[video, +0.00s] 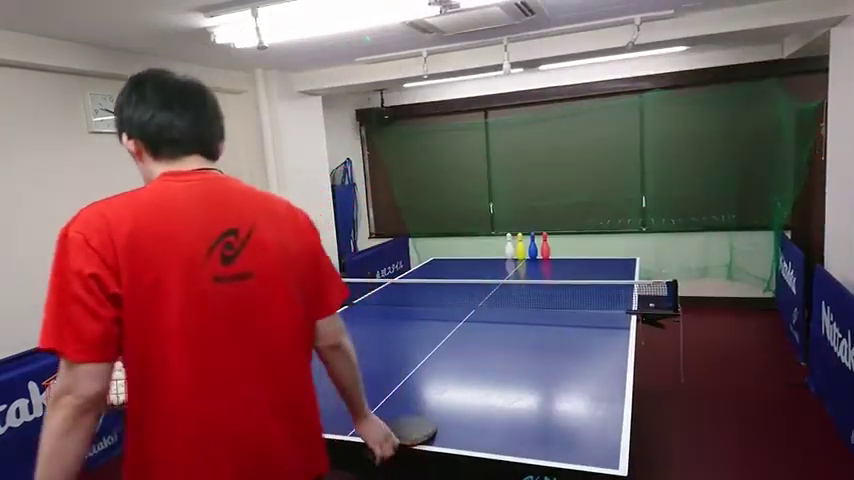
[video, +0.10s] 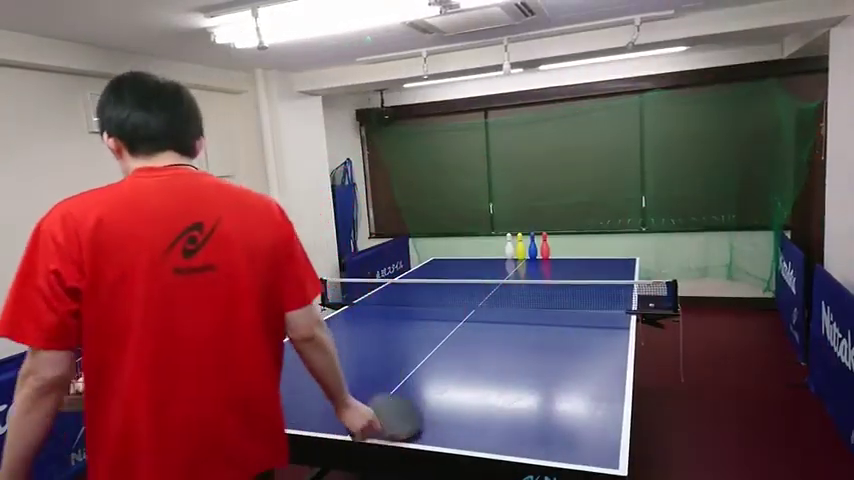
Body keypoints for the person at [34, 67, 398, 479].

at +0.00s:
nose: (126, 152)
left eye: (122, 143)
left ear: (134, 146)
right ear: (219, 145)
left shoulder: (100, 230)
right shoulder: (288, 219)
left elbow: (81, 396)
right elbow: (333, 341)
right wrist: (365, 417)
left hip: (169, 466)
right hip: (292, 463)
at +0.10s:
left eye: (105, 143)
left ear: (114, 146)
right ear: (198, 145)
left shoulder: (73, 224)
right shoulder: (262, 214)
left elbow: (47, 377)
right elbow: (308, 332)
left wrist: (12, 470)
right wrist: (345, 404)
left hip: (130, 464)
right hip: (249, 461)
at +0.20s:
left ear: (101, 138)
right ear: (183, 138)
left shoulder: (51, 213)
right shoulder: (242, 205)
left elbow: (28, 351)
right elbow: (281, 320)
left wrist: (10, 439)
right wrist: (326, 390)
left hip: (103, 463)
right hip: (222, 456)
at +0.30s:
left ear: (93, 141)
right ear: (173, 142)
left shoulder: (41, 214)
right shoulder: (222, 205)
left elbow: (20, 342)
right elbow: (260, 319)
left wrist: (22, 404)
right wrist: (312, 375)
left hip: (90, 458)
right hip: (204, 449)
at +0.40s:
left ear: (93, 150)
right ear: (169, 152)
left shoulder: (44, 218)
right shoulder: (208, 210)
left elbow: (30, 339)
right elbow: (245, 321)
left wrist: (57, 389)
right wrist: (297, 363)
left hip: (89, 456)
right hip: (194, 447)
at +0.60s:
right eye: (171, 157)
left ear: (96, 153)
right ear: (164, 157)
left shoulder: (47, 213)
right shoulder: (193, 208)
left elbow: (43, 319)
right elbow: (222, 312)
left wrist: (95, 345)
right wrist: (278, 346)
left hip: (93, 425)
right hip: (182, 419)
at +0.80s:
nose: (158, 167)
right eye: (161, 159)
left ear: (93, 153)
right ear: (156, 157)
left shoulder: (49, 209)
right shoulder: (170, 200)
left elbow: (49, 305)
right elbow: (191, 298)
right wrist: (263, 333)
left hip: (86, 411)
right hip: (163, 405)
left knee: (105, 473)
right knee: (189, 472)